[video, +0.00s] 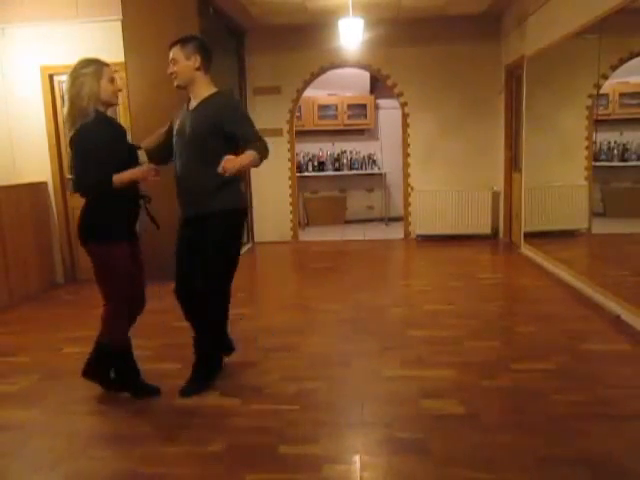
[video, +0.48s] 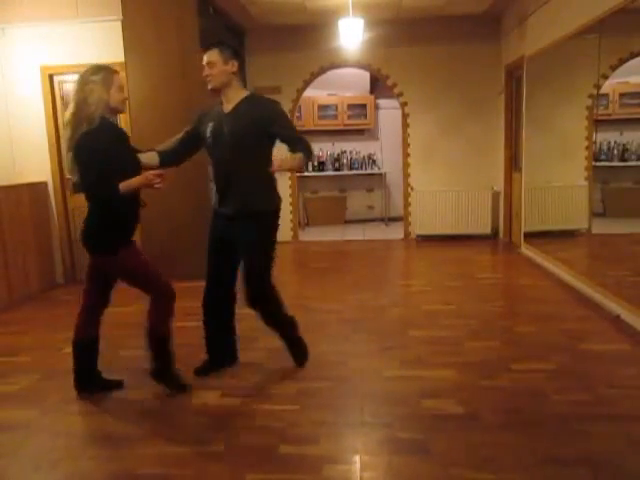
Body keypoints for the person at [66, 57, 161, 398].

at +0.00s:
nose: (117, 85)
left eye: (115, 79)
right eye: (110, 80)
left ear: (99, 86)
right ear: (91, 87)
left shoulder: (110, 126)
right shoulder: (89, 131)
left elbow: (127, 161)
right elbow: (87, 184)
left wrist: (168, 131)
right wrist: (132, 176)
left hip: (120, 222)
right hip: (102, 226)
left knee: (133, 298)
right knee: (119, 300)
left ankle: (100, 361)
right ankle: (126, 373)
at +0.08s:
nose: (115, 86)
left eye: (113, 80)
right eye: (108, 81)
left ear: (90, 88)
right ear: (89, 88)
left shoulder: (105, 126)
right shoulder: (89, 131)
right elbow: (95, 183)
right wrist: (134, 173)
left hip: (114, 222)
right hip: (100, 225)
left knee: (124, 299)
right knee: (121, 301)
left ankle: (96, 366)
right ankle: (120, 373)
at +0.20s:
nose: (111, 89)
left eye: (110, 83)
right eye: (105, 84)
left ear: (85, 92)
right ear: (86, 90)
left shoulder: (96, 129)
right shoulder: (88, 133)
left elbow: (107, 177)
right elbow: (98, 186)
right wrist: (134, 175)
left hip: (99, 228)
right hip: (99, 231)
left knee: (104, 303)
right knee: (139, 298)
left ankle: (91, 377)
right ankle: (105, 372)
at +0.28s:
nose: (111, 90)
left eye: (109, 84)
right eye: (105, 84)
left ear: (84, 92)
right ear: (86, 91)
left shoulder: (94, 130)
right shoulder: (88, 133)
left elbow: (107, 175)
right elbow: (98, 187)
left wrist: (143, 149)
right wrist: (133, 176)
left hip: (95, 230)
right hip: (100, 233)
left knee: (98, 303)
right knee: (142, 296)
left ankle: (88, 377)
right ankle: (106, 372)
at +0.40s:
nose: (116, 93)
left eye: (115, 87)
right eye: (110, 88)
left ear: (92, 93)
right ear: (92, 93)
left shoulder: (101, 130)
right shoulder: (91, 136)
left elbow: (122, 167)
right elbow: (101, 189)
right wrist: (138, 179)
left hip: (100, 235)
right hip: (104, 238)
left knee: (89, 308)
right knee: (159, 290)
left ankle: (86, 377)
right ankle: (134, 360)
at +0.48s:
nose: (124, 95)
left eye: (123, 89)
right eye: (118, 89)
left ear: (100, 94)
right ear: (99, 93)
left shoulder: (109, 132)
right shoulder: (95, 137)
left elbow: (132, 164)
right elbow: (99, 192)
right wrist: (139, 182)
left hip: (109, 237)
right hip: (110, 240)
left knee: (93, 306)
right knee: (162, 292)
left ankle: (86, 376)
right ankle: (163, 367)